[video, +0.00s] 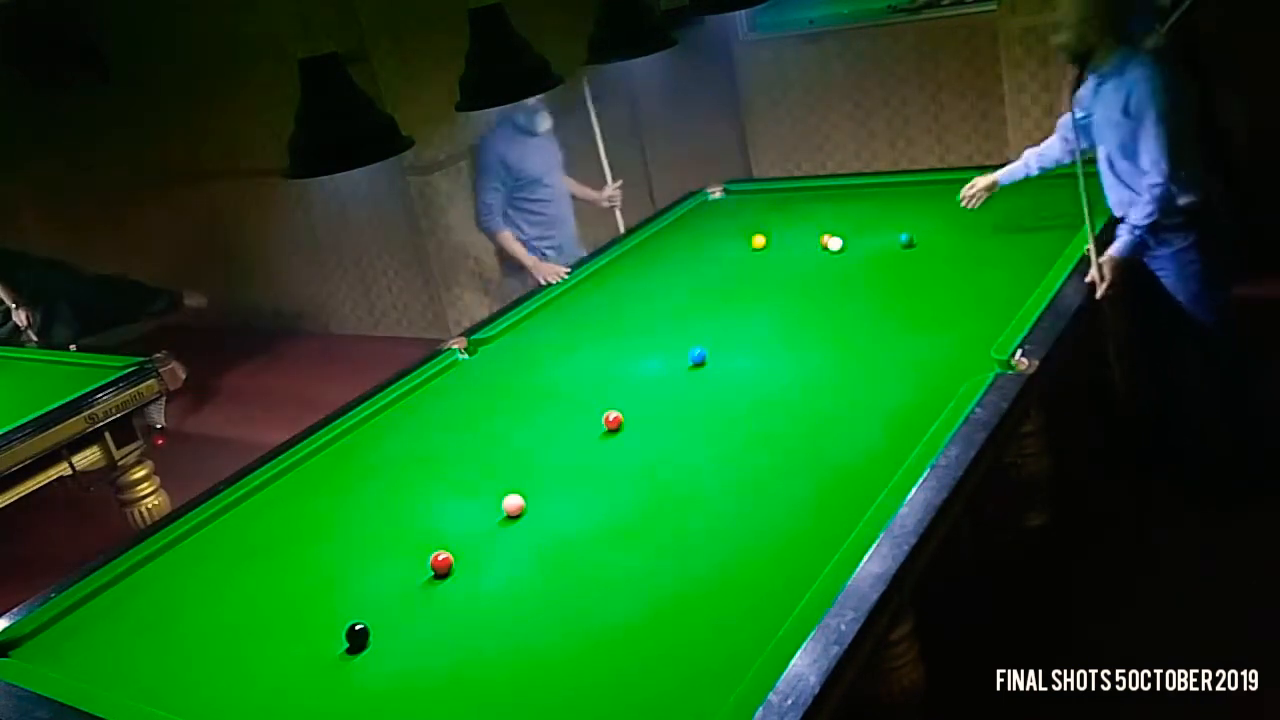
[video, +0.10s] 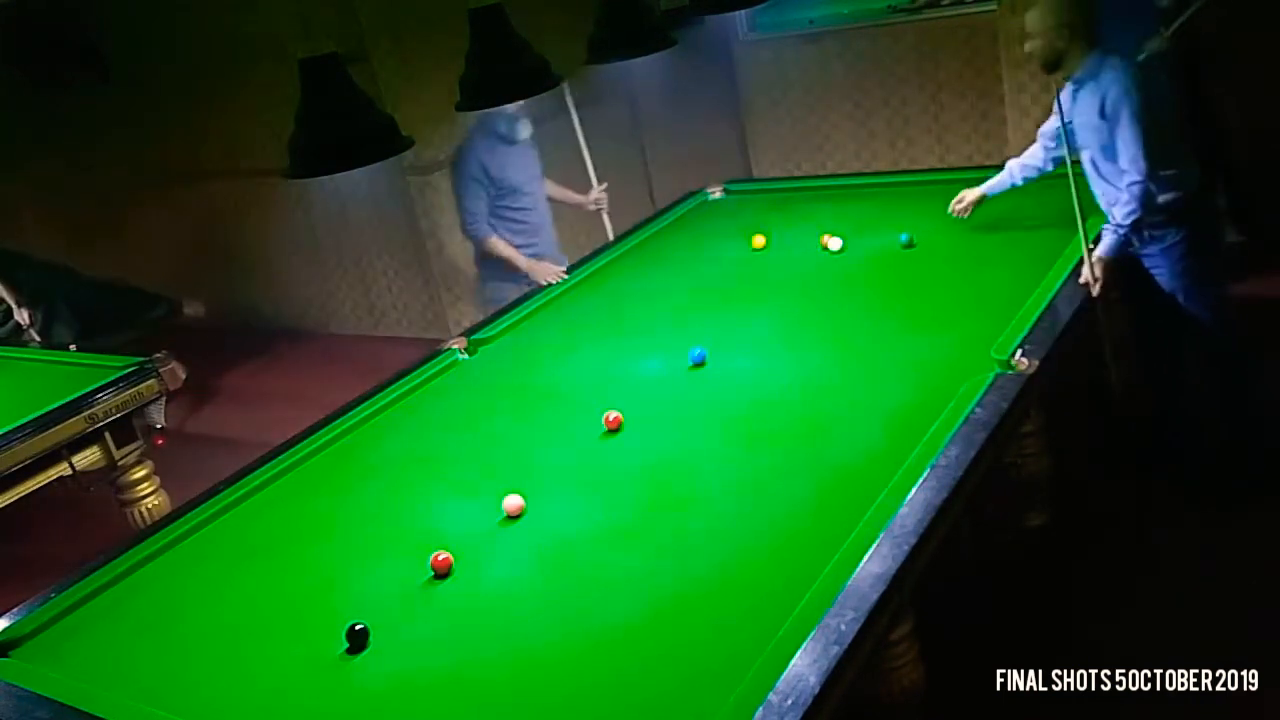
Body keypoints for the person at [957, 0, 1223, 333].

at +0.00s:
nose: (1058, 38)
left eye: (1066, 27)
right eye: (1057, 28)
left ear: (1094, 26)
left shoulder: (1145, 77)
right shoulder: (1093, 88)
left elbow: (1159, 179)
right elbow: (1061, 146)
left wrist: (1118, 251)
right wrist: (996, 179)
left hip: (1175, 234)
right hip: (1135, 233)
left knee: (1207, 351)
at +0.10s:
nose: (1026, 49)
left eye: (1033, 38)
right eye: (1026, 39)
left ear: (1064, 35)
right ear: (1059, 37)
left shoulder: (1117, 80)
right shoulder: (1071, 95)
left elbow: (1137, 178)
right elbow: (1041, 154)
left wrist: (1105, 249)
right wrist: (982, 191)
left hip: (1165, 232)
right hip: (1127, 234)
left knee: (1204, 338)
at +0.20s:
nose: (1006, 57)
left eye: (1012, 47)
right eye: (1006, 47)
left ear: (1039, 44)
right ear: (1040, 45)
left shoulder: (1100, 83)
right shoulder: (1062, 93)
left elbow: (1124, 176)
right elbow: (1044, 160)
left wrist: (1099, 249)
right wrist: (989, 201)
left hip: (1154, 226)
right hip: (1122, 228)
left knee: (1198, 321)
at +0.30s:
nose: (998, 63)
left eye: (1002, 52)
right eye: (996, 54)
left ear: (1032, 47)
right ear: (1032, 47)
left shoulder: (1089, 89)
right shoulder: (1057, 92)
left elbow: (1117, 179)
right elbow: (1059, 168)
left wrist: (1098, 249)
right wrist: (1012, 210)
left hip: (1158, 234)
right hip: (1128, 232)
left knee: (1201, 335)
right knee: (1164, 340)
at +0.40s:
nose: (998, 62)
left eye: (1003, 52)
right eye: (996, 52)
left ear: (1034, 47)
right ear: (1033, 48)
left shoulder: (1087, 90)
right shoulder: (1061, 89)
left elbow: (1112, 179)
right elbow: (1076, 167)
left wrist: (1097, 249)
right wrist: (1042, 211)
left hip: (1157, 235)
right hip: (1129, 234)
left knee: (1200, 337)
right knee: (1161, 344)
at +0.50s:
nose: (1010, 54)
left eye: (1016, 43)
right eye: (1009, 43)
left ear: (1046, 41)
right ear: (1046, 41)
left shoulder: (1096, 87)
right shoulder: (1072, 83)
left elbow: (1115, 182)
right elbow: (1098, 160)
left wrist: (1098, 252)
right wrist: (1075, 204)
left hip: (1155, 233)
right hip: (1129, 231)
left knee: (1198, 332)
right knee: (1160, 340)